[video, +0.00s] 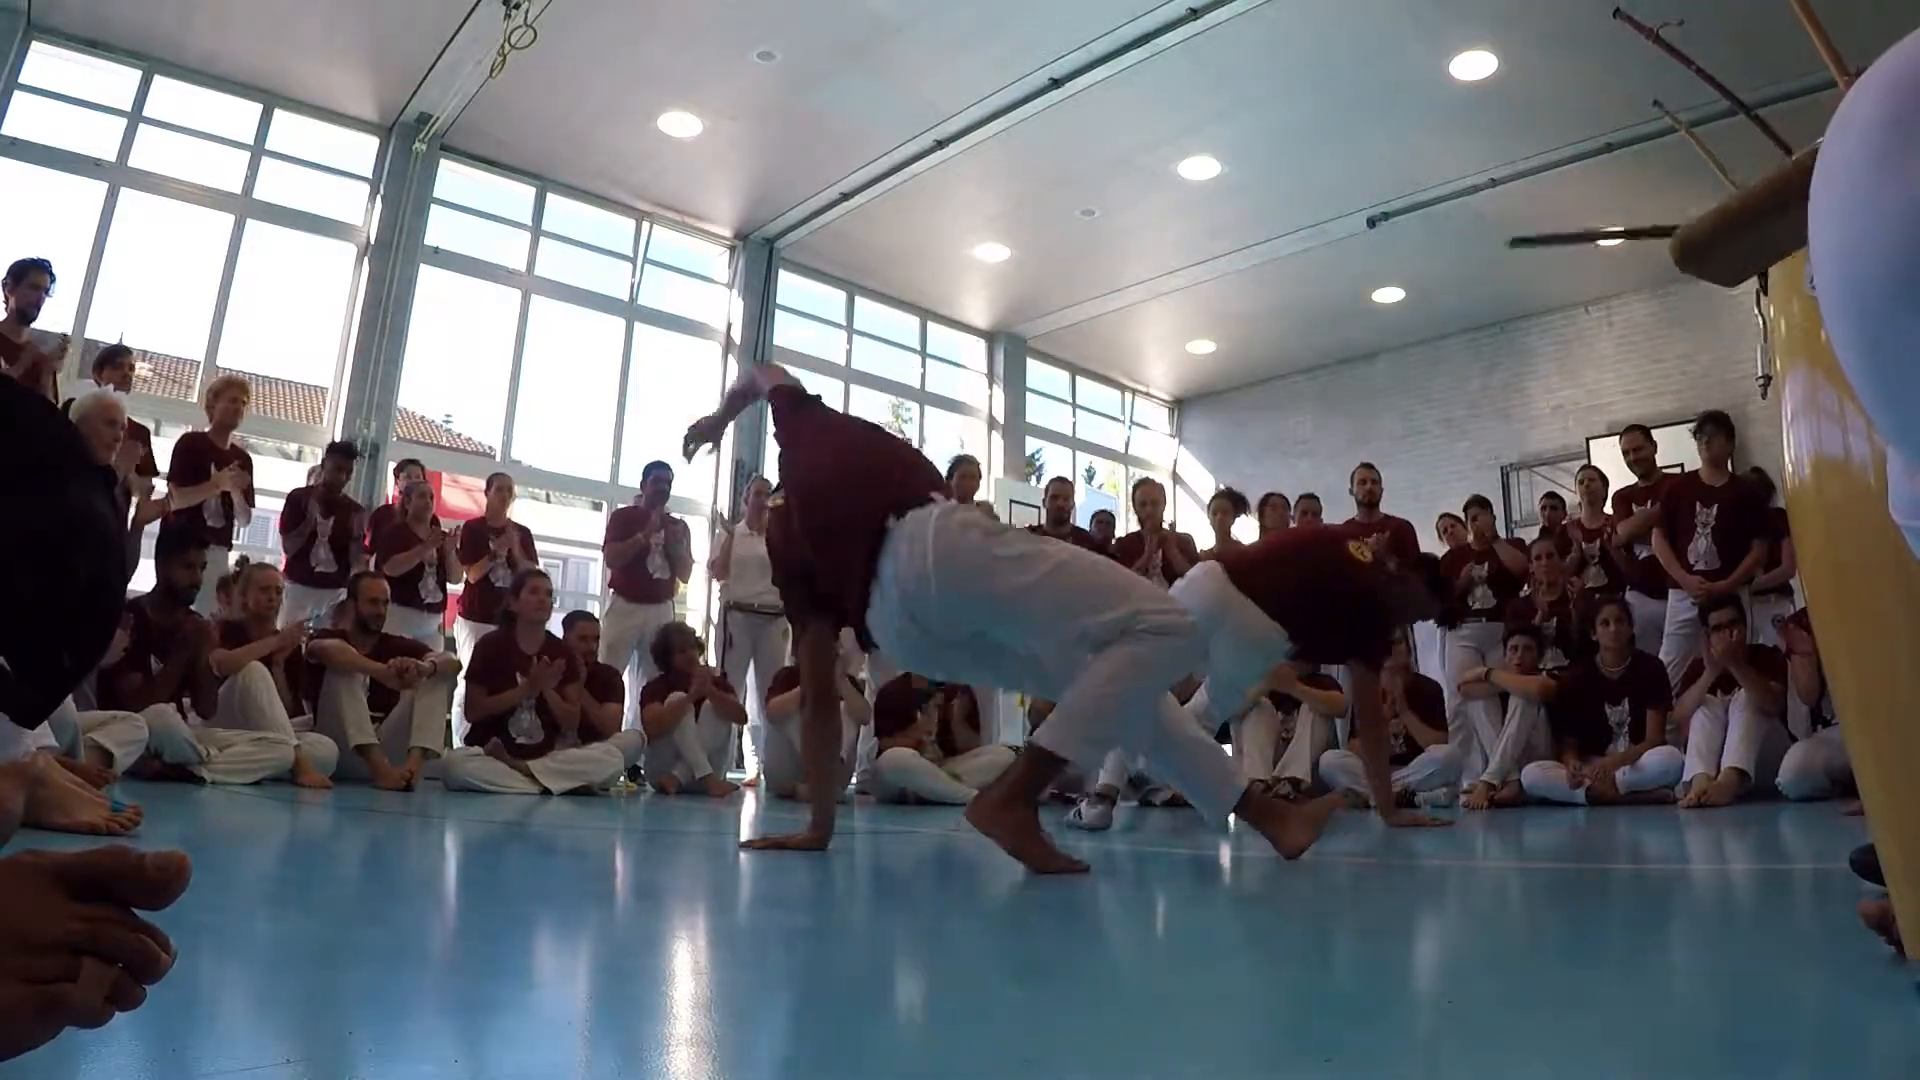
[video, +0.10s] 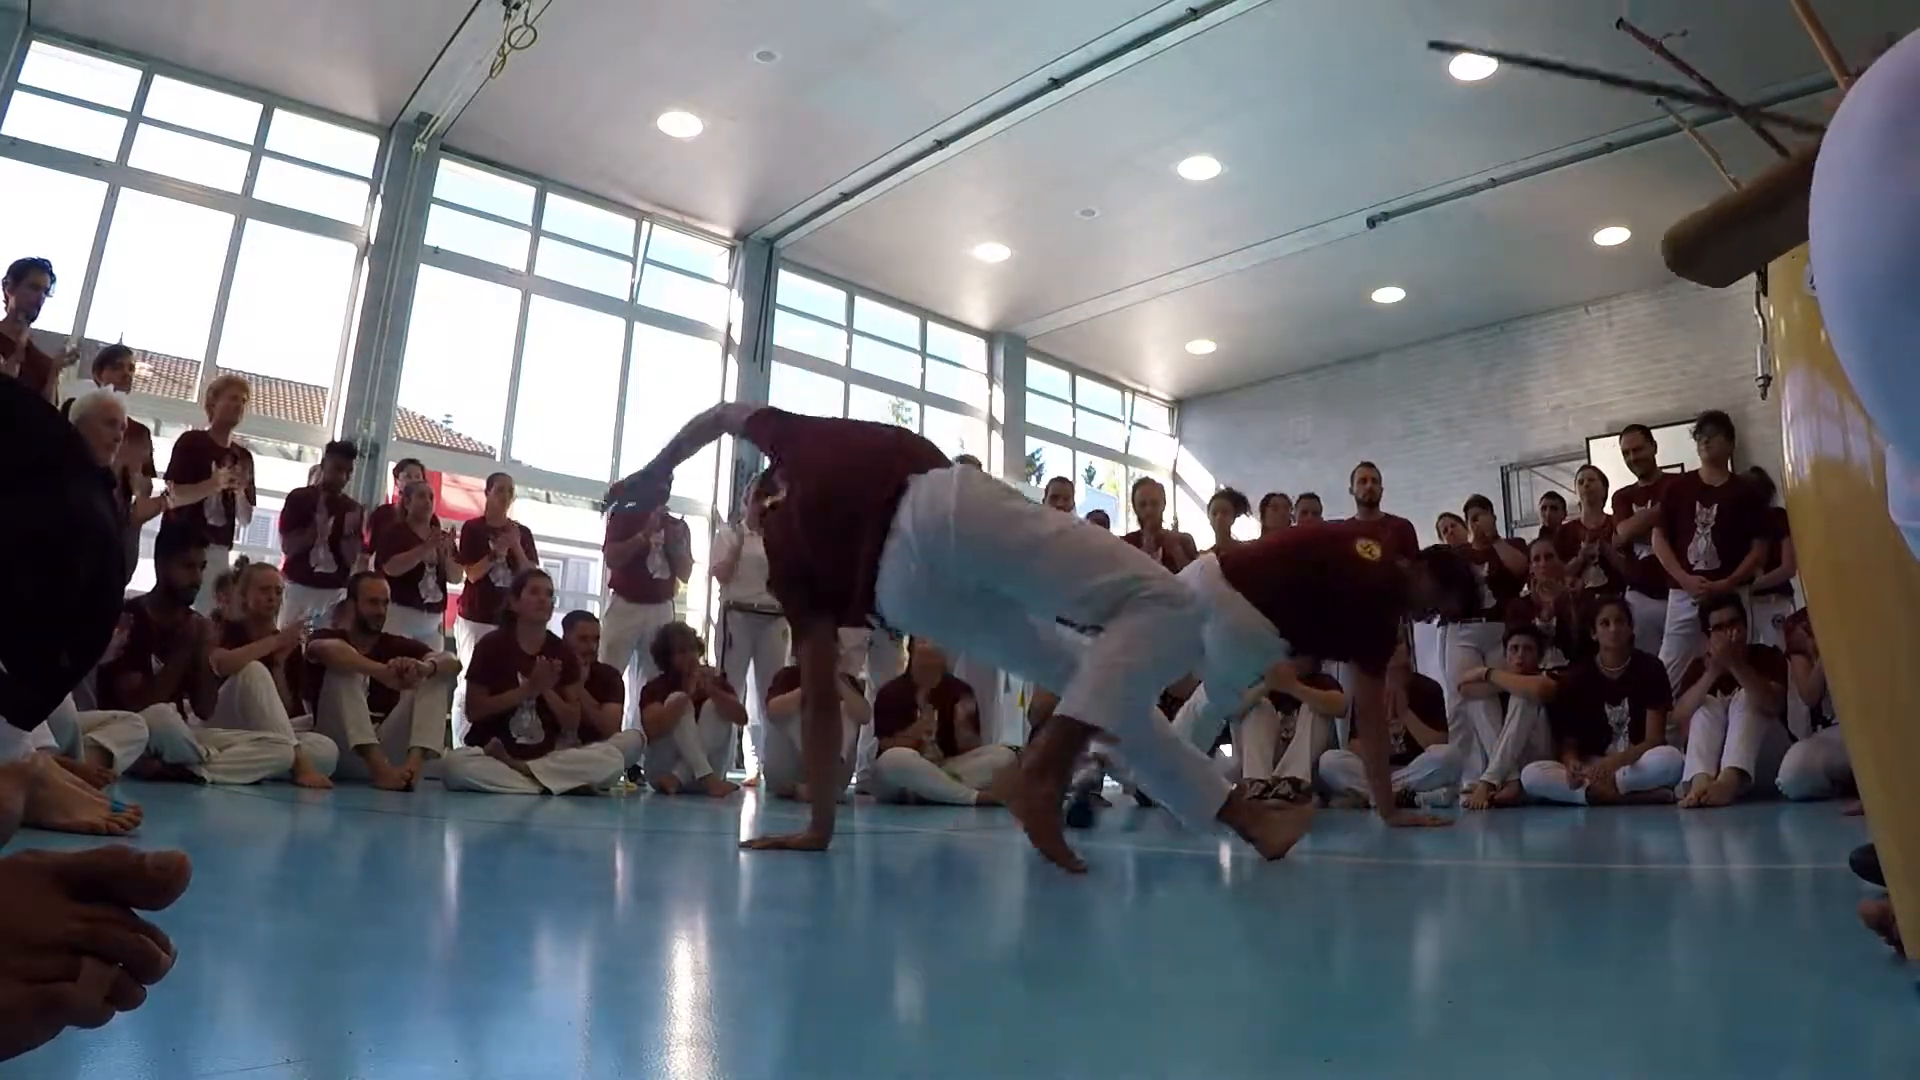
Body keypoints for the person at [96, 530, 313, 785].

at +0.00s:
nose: (197, 578)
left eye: (201, 568)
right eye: (187, 567)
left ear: (205, 568)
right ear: (161, 567)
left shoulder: (197, 624)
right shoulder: (129, 616)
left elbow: (206, 709)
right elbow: (134, 703)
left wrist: (201, 652)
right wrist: (184, 651)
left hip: (181, 731)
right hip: (129, 731)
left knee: (283, 752)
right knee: (162, 716)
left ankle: (182, 771)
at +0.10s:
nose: (198, 577)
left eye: (202, 567)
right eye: (188, 567)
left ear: (205, 568)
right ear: (161, 567)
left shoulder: (198, 624)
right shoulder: (128, 616)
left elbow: (205, 709)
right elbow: (134, 703)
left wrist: (203, 651)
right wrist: (185, 650)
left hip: (182, 734)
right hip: (130, 733)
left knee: (283, 751)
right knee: (162, 716)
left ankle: (179, 771)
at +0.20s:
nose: (198, 578)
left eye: (202, 568)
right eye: (188, 567)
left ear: (206, 568)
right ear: (160, 566)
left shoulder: (195, 624)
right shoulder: (128, 615)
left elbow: (205, 708)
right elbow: (134, 703)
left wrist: (198, 653)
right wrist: (186, 651)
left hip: (182, 734)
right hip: (130, 733)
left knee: (283, 751)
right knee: (162, 716)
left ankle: (179, 771)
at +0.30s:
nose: (198, 578)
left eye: (202, 568)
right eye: (188, 567)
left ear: (206, 569)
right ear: (160, 566)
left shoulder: (196, 624)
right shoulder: (125, 616)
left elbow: (205, 709)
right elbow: (133, 703)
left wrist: (197, 654)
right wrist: (185, 651)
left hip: (183, 734)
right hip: (130, 734)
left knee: (284, 751)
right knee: (162, 716)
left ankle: (183, 772)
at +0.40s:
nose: (195, 578)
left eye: (200, 568)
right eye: (185, 567)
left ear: (204, 570)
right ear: (159, 567)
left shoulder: (194, 623)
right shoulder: (130, 615)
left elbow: (205, 709)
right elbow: (134, 705)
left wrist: (201, 649)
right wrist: (184, 650)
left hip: (181, 732)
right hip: (130, 732)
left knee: (283, 753)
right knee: (162, 717)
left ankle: (180, 771)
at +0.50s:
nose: (194, 578)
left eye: (198, 568)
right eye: (183, 567)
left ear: (203, 569)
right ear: (158, 567)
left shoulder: (197, 621)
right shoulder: (128, 615)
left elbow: (208, 707)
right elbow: (137, 705)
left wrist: (194, 655)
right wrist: (182, 650)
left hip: (187, 730)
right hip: (136, 732)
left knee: (283, 754)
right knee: (161, 716)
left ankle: (182, 770)